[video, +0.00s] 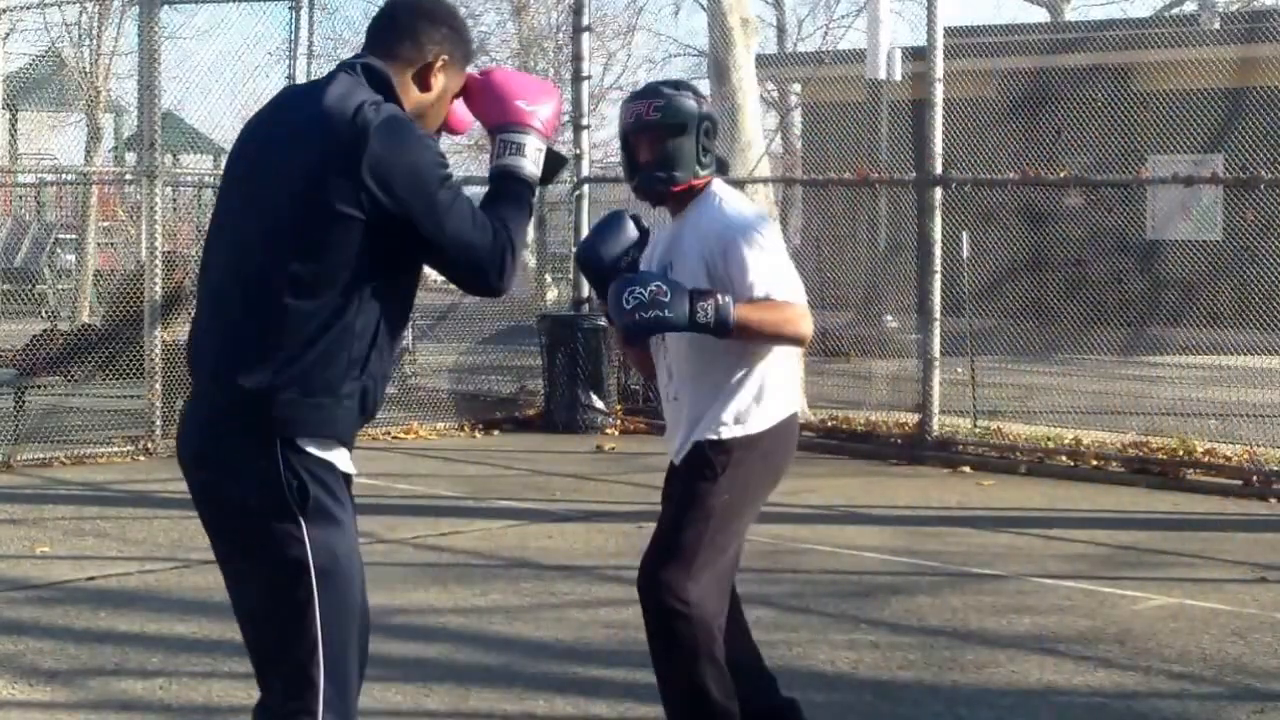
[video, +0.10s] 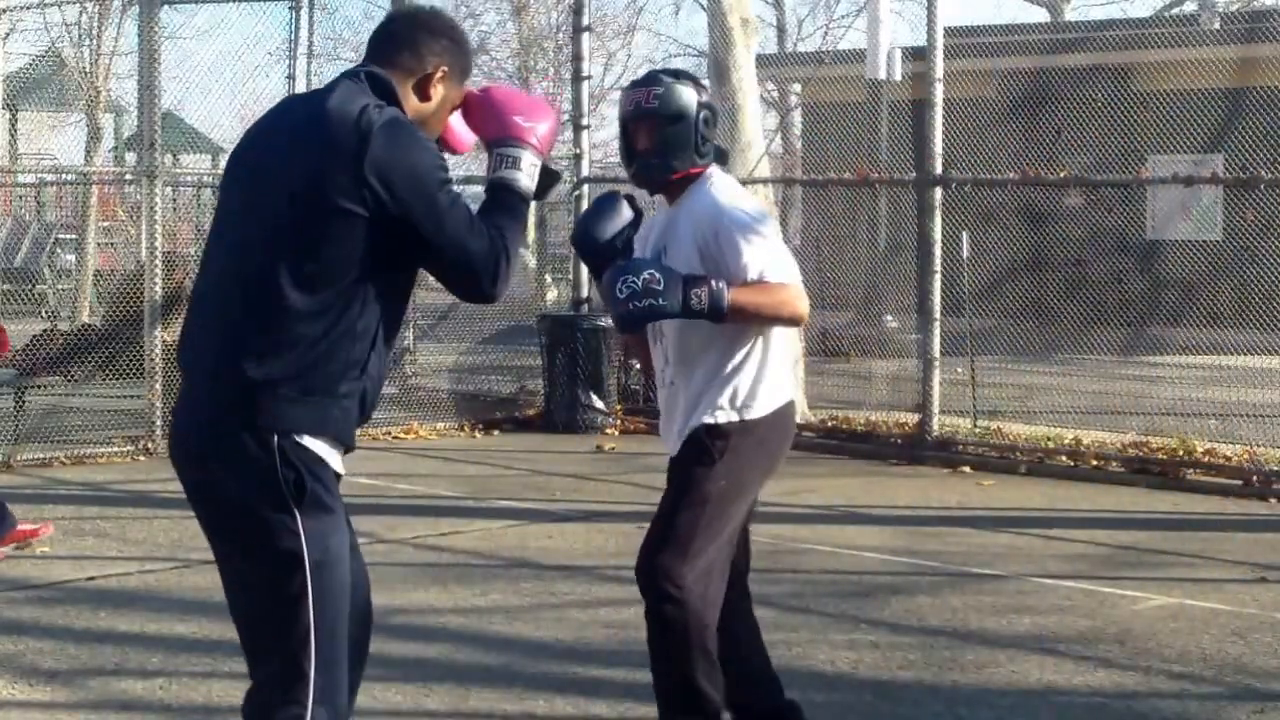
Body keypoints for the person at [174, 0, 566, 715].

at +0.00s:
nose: (448, 117)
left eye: (456, 100)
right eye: (454, 96)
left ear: (376, 52)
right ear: (429, 71)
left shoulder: (284, 112)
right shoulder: (379, 134)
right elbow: (491, 265)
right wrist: (517, 151)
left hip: (229, 433)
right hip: (287, 448)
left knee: (297, 688)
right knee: (319, 695)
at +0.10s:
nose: (448, 120)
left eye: (456, 106)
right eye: (454, 102)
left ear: (377, 60)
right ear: (429, 80)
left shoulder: (289, 118)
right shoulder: (383, 137)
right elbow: (484, 271)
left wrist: (427, 155)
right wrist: (513, 167)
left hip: (228, 428)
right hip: (276, 440)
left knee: (345, 622)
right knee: (305, 681)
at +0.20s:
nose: (441, 134)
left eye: (448, 120)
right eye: (446, 117)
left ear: (372, 73)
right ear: (425, 91)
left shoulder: (273, 133)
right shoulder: (389, 138)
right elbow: (481, 273)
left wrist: (433, 170)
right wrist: (511, 173)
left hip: (213, 418)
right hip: (269, 430)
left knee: (342, 616)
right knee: (283, 671)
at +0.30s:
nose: (436, 134)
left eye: (439, 121)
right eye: (438, 118)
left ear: (362, 78)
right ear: (416, 94)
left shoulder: (269, 134)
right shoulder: (392, 141)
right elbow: (480, 267)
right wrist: (514, 175)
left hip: (204, 415)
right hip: (257, 423)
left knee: (338, 622)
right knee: (264, 670)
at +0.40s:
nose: (415, 129)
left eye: (417, 115)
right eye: (415, 113)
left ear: (332, 81)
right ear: (389, 94)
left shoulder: (246, 135)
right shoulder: (373, 140)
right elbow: (473, 254)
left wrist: (400, 157)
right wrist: (522, 205)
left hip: (185, 418)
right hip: (236, 425)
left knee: (328, 622)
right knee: (267, 665)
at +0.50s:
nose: (382, 128)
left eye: (386, 112)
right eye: (384, 110)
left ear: (301, 73)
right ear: (359, 86)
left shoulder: (214, 130)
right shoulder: (333, 138)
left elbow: (306, 197)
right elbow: (417, 271)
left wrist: (413, 158)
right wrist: (470, 192)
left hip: (158, 421)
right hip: (216, 435)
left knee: (305, 628)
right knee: (209, 679)